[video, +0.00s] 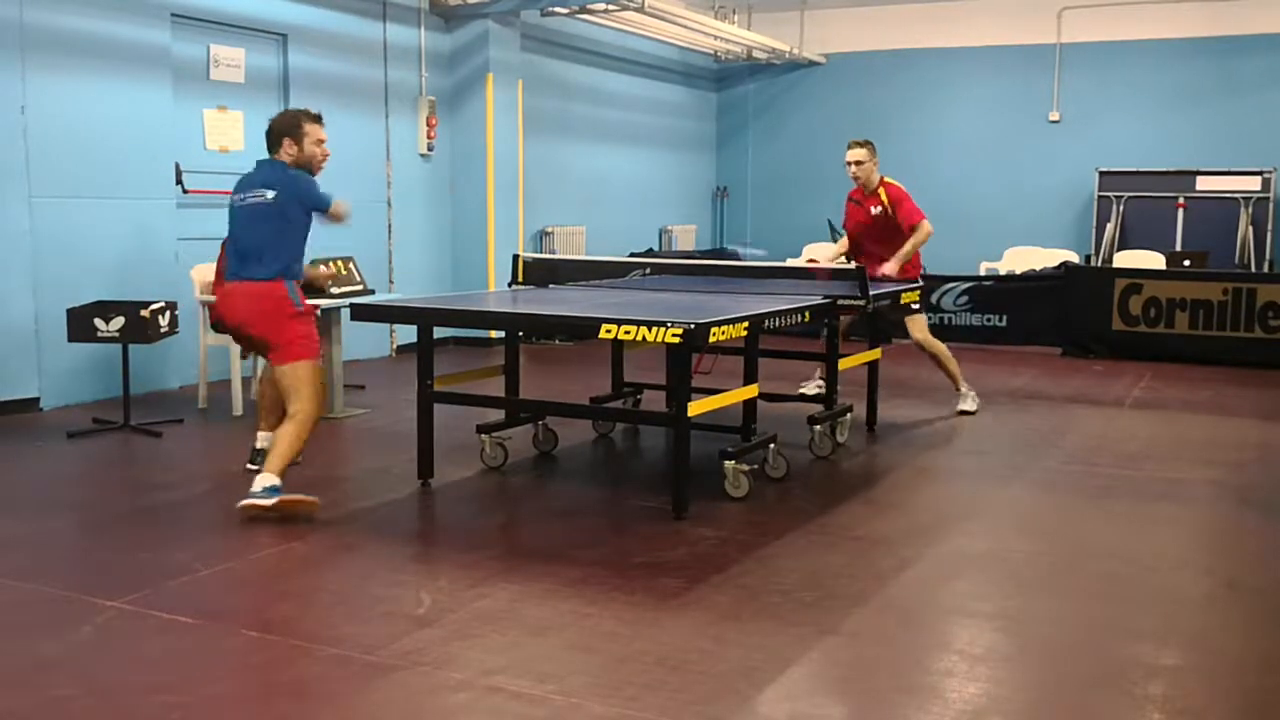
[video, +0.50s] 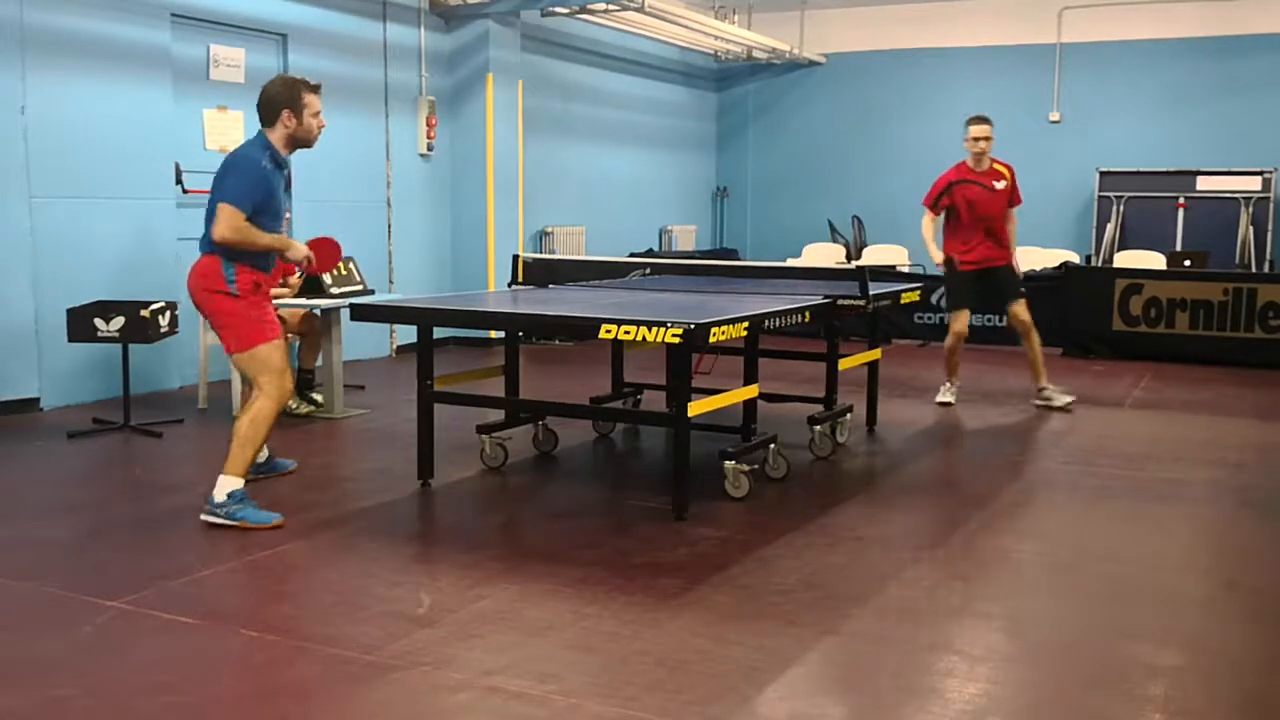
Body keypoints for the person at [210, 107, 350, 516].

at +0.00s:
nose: (325, 152)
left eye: (325, 144)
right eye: (318, 144)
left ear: (283, 149)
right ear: (289, 146)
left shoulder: (246, 181)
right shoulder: (297, 182)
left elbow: (254, 246)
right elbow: (337, 213)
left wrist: (305, 273)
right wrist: (330, 202)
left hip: (230, 300)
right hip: (274, 300)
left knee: (279, 357)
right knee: (304, 407)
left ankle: (263, 447)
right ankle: (267, 484)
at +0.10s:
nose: (321, 154)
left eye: (320, 146)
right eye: (314, 146)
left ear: (277, 152)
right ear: (287, 150)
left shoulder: (234, 190)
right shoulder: (302, 188)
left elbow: (213, 261)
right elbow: (326, 252)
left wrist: (254, 268)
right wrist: (287, 242)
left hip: (231, 301)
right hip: (280, 300)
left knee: (276, 358)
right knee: (319, 401)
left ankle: (265, 444)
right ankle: (291, 479)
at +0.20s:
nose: (321, 140)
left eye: (321, 132)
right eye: (315, 133)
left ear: (281, 138)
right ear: (288, 136)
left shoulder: (241, 176)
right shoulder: (290, 174)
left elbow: (202, 230)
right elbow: (326, 240)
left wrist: (235, 266)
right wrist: (321, 241)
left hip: (225, 286)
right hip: (264, 285)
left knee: (276, 358)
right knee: (311, 383)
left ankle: (264, 446)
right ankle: (292, 479)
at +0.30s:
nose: (325, 120)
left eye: (324, 112)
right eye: (319, 112)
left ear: (285, 115)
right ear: (291, 114)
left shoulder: (250, 151)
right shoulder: (278, 152)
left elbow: (216, 209)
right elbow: (293, 218)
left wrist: (269, 222)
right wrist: (322, 218)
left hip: (224, 262)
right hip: (250, 262)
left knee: (271, 361)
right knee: (292, 366)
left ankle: (264, 446)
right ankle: (283, 481)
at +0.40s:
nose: (324, 119)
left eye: (323, 111)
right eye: (318, 111)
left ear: (289, 114)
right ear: (290, 113)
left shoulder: (273, 152)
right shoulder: (265, 151)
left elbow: (260, 220)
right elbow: (257, 220)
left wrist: (294, 235)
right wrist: (304, 227)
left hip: (243, 261)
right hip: (234, 262)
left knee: (277, 359)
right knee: (280, 374)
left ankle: (254, 453)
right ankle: (238, 482)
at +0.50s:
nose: (322, 123)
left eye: (320, 114)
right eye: (315, 115)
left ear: (287, 118)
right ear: (288, 118)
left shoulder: (276, 163)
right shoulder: (249, 162)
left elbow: (259, 228)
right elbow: (225, 230)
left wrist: (281, 263)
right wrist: (285, 243)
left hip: (246, 278)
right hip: (223, 279)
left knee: (273, 366)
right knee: (276, 386)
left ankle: (252, 456)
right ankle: (225, 495)